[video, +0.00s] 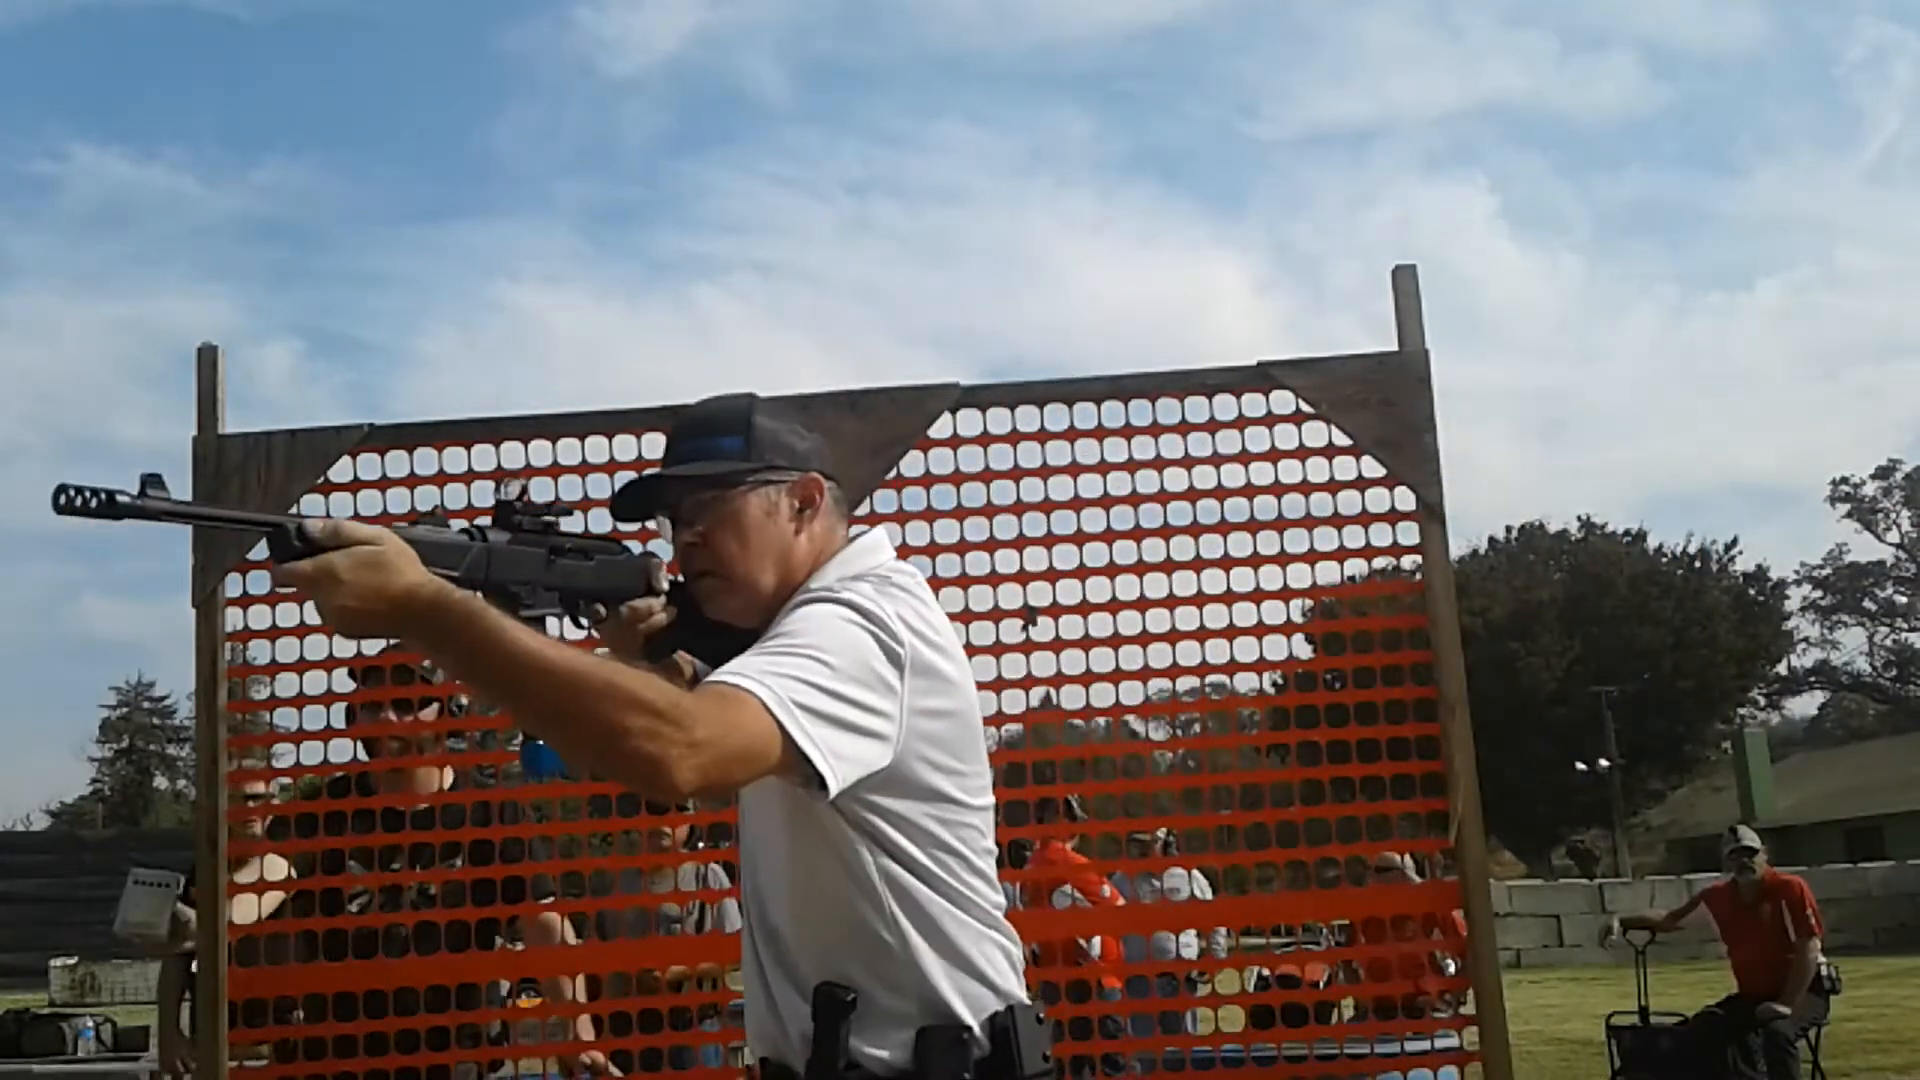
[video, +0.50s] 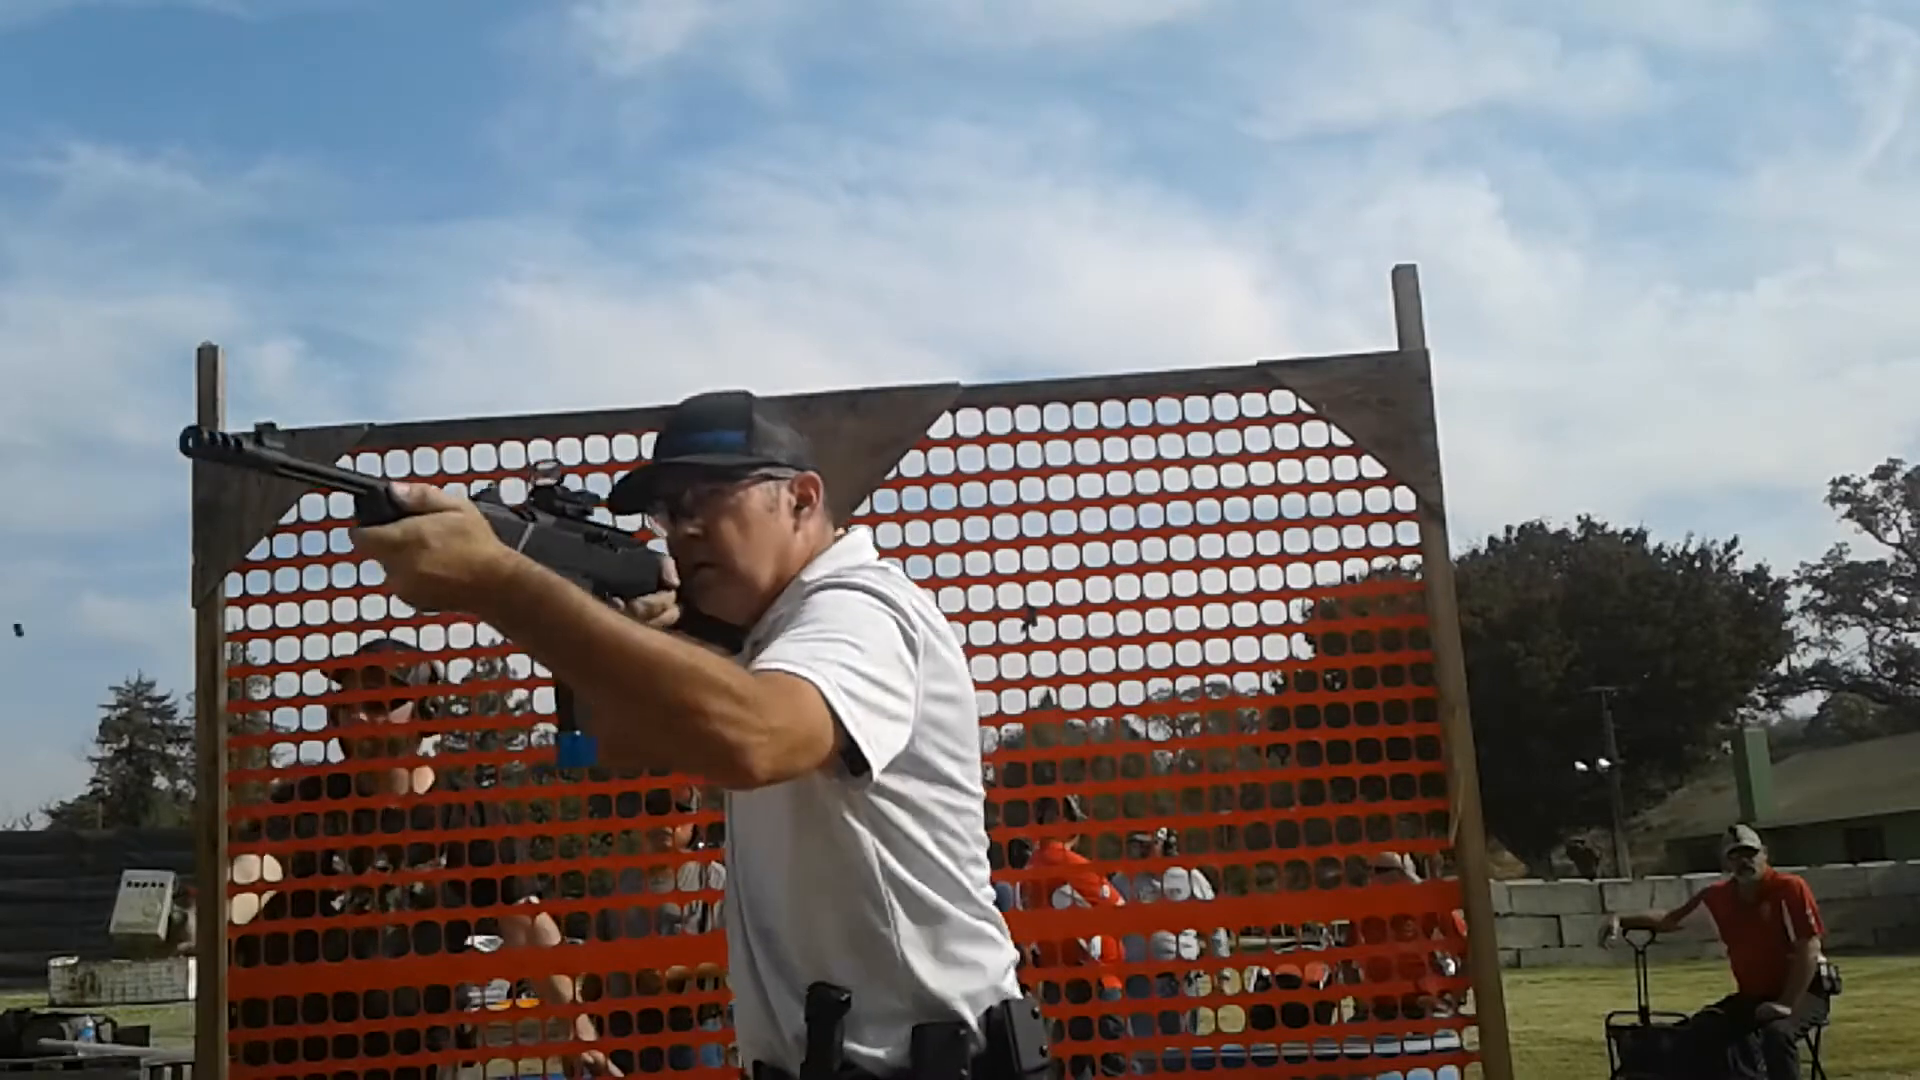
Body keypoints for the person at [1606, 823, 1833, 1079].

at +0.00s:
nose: (1744, 860)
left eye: (1750, 853)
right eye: (1736, 855)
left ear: (1763, 856)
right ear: (1726, 862)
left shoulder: (1790, 888)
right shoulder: (1716, 897)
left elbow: (1810, 949)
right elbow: (1669, 921)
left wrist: (1788, 1004)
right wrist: (1622, 922)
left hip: (1803, 998)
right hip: (1752, 998)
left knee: (1776, 1034)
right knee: (1695, 1031)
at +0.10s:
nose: (1744, 860)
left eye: (1750, 853)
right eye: (1736, 855)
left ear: (1763, 856)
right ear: (1726, 862)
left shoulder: (1790, 888)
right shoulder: (1715, 897)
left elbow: (1810, 949)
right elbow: (1669, 921)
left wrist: (1788, 1004)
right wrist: (1622, 922)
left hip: (1803, 998)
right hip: (1752, 998)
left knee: (1776, 1035)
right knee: (1695, 1031)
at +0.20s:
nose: (1744, 860)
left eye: (1750, 853)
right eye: (1736, 855)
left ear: (1763, 856)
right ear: (1726, 862)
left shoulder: (1790, 888)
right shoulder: (1715, 897)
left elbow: (1810, 949)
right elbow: (1669, 921)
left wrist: (1788, 1004)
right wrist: (1622, 922)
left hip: (1803, 998)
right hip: (1752, 998)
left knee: (1776, 1035)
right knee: (1695, 1031)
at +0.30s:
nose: (1744, 860)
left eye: (1750, 853)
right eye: (1735, 855)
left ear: (1764, 856)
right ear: (1726, 862)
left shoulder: (1791, 888)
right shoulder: (1716, 896)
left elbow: (1810, 949)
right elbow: (1669, 921)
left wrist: (1788, 1005)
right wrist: (1621, 922)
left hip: (1802, 998)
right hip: (1751, 999)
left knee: (1775, 1034)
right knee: (1692, 1034)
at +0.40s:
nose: (1744, 860)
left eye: (1750, 853)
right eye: (1735, 855)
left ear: (1764, 856)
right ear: (1726, 862)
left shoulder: (1790, 888)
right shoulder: (1715, 896)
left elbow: (1810, 949)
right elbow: (1669, 921)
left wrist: (1788, 1005)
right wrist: (1621, 922)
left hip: (1802, 998)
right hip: (1751, 999)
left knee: (1775, 1034)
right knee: (1692, 1034)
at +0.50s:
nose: (1744, 860)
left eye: (1750, 853)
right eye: (1735, 855)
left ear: (1764, 856)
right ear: (1726, 862)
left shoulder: (1790, 888)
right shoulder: (1715, 896)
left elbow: (1810, 949)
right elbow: (1669, 921)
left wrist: (1788, 1005)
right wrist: (1621, 922)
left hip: (1802, 998)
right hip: (1751, 999)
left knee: (1775, 1034)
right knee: (1692, 1034)